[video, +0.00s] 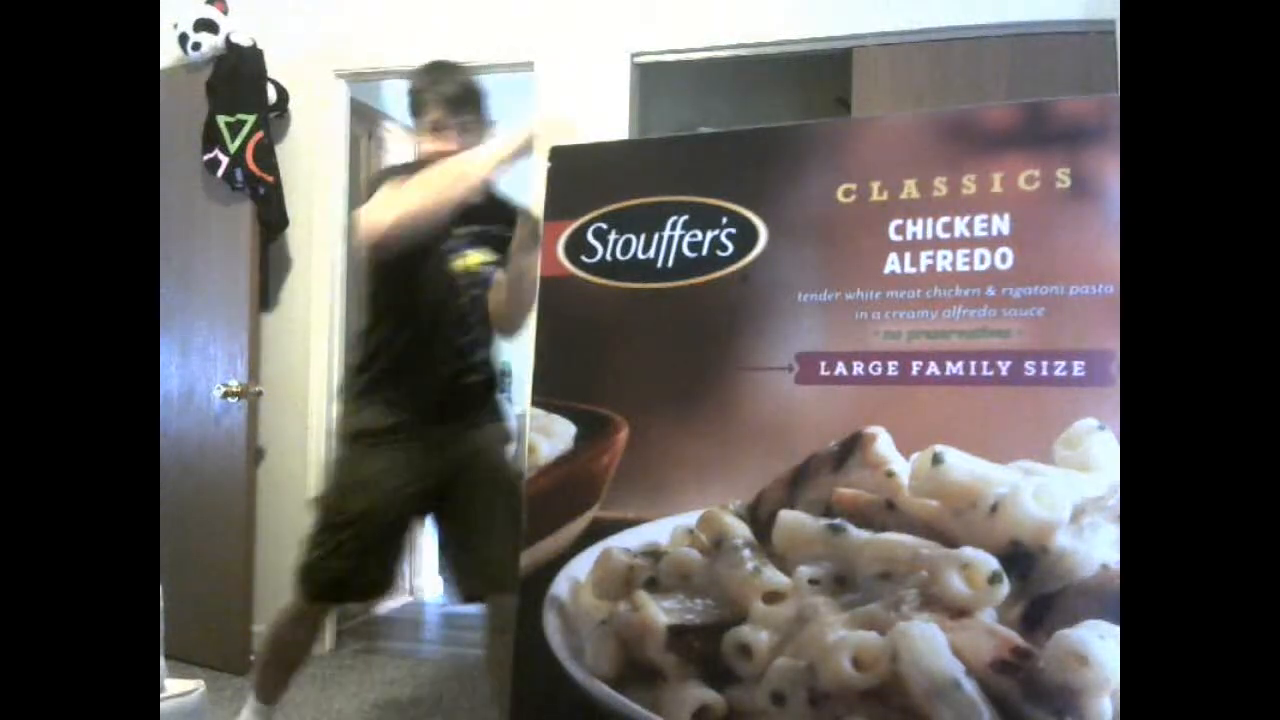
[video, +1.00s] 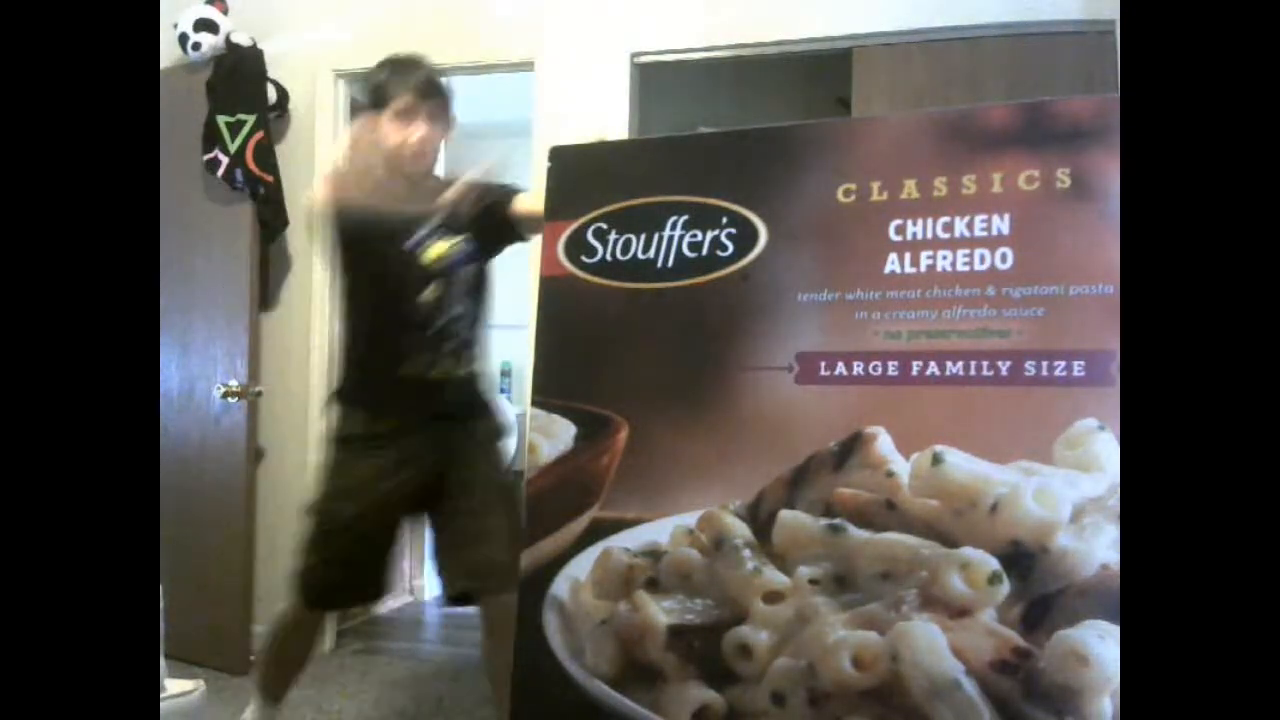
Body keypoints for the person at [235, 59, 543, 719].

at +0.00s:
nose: (446, 144)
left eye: (460, 131)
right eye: (434, 130)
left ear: (484, 133)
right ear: (415, 131)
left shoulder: (503, 219)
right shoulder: (392, 189)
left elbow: (507, 321)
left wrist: (527, 247)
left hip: (472, 428)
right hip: (384, 429)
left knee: (507, 597)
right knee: (318, 594)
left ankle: (515, 716)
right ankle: (256, 710)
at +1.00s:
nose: (424, 136)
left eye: (435, 120)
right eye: (407, 118)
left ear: (449, 128)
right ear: (369, 125)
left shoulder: (470, 207)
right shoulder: (358, 205)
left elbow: (555, 213)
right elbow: (346, 197)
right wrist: (364, 149)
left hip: (462, 421)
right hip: (375, 425)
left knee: (501, 589)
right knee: (315, 597)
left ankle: (512, 713)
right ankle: (261, 710)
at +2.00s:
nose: (415, 172)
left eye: (420, 154)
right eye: (412, 156)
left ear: (460, 145)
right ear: (456, 149)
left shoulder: (525, 206)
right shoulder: (477, 215)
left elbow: (451, 259)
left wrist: (361, 275)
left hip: (534, 439)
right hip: (478, 429)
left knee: (498, 630)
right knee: (415, 613)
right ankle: (374, 713)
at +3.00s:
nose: (387, 87)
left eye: (400, 74)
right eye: (370, 73)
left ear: (412, 86)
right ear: (338, 83)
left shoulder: (426, 176)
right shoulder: (308, 145)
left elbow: (518, 213)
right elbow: (269, 57)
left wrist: (493, 156)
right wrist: (343, 56)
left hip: (407, 404)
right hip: (315, 402)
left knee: (455, 586)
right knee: (283, 603)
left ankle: (480, 716)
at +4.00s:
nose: (452, 162)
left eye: (468, 148)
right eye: (441, 146)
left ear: (496, 152)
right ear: (425, 151)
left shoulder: (540, 225)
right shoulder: (403, 235)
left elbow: (586, 321)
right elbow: (380, 348)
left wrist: (529, 364)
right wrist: (450, 411)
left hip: (508, 428)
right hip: (424, 423)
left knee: (493, 609)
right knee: (355, 598)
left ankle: (488, 717)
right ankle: (300, 713)